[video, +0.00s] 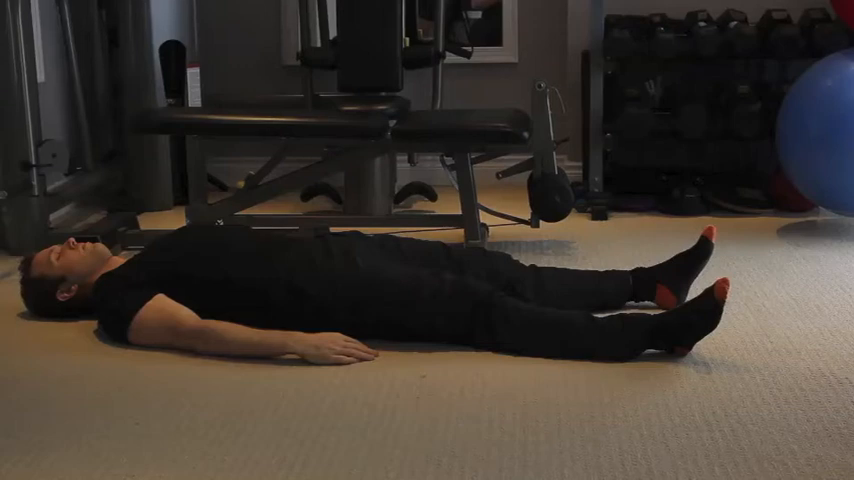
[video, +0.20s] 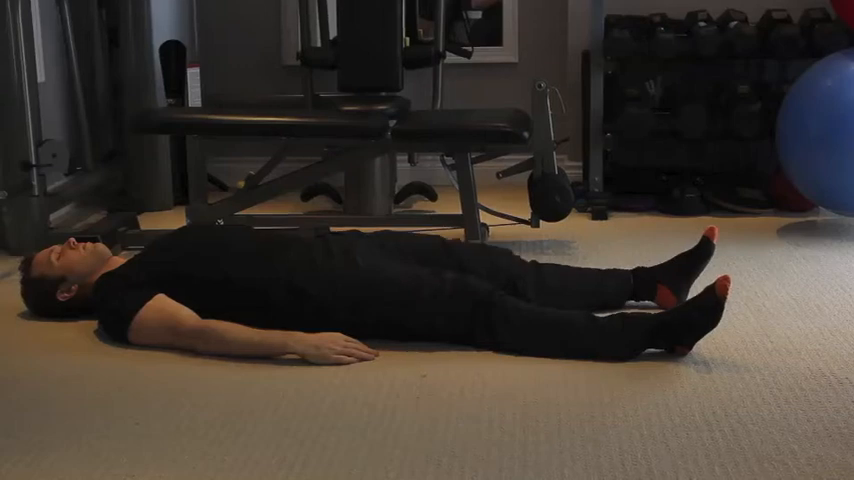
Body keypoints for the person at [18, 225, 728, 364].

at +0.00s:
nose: (66, 243)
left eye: (58, 245)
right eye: (56, 257)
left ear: (79, 241)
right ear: (67, 286)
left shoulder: (149, 248)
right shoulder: (119, 295)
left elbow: (248, 245)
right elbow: (200, 336)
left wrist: (330, 237)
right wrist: (297, 345)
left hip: (349, 249)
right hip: (335, 285)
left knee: (489, 264)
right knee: (483, 306)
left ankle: (642, 287)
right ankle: (657, 337)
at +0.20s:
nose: (67, 242)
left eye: (59, 244)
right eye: (58, 257)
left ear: (80, 240)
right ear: (68, 287)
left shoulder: (150, 247)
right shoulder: (119, 295)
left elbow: (255, 243)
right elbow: (200, 335)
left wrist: (351, 235)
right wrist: (296, 345)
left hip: (352, 245)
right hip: (335, 283)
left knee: (495, 262)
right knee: (484, 306)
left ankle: (645, 287)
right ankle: (655, 337)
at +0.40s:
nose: (67, 244)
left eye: (59, 244)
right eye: (58, 259)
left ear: (81, 238)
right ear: (69, 287)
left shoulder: (151, 246)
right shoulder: (119, 295)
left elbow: (250, 241)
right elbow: (199, 335)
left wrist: (333, 232)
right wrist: (295, 344)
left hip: (350, 241)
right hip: (332, 281)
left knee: (488, 248)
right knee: (480, 304)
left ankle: (643, 288)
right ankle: (656, 337)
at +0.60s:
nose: (69, 245)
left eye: (60, 244)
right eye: (58, 259)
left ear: (86, 246)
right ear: (70, 290)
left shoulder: (153, 250)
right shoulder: (120, 295)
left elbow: (248, 252)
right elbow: (197, 332)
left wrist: (325, 239)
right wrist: (298, 343)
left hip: (351, 237)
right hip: (328, 280)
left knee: (476, 210)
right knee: (477, 300)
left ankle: (627, 279)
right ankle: (653, 335)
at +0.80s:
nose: (80, 241)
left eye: (71, 239)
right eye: (68, 255)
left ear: (90, 244)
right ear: (74, 285)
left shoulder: (153, 246)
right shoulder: (127, 297)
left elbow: (249, 235)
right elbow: (206, 331)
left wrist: (319, 218)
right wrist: (311, 345)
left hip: (343, 226)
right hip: (330, 276)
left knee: (435, 152)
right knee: (472, 258)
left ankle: (563, 253)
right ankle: (641, 326)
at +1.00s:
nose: (81, 239)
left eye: (72, 239)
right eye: (68, 255)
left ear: (91, 242)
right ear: (77, 287)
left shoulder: (150, 251)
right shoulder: (128, 298)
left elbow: (243, 247)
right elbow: (209, 335)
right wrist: (312, 344)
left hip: (330, 242)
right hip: (325, 288)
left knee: (395, 129)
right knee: (441, 193)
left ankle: (530, 213)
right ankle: (585, 286)